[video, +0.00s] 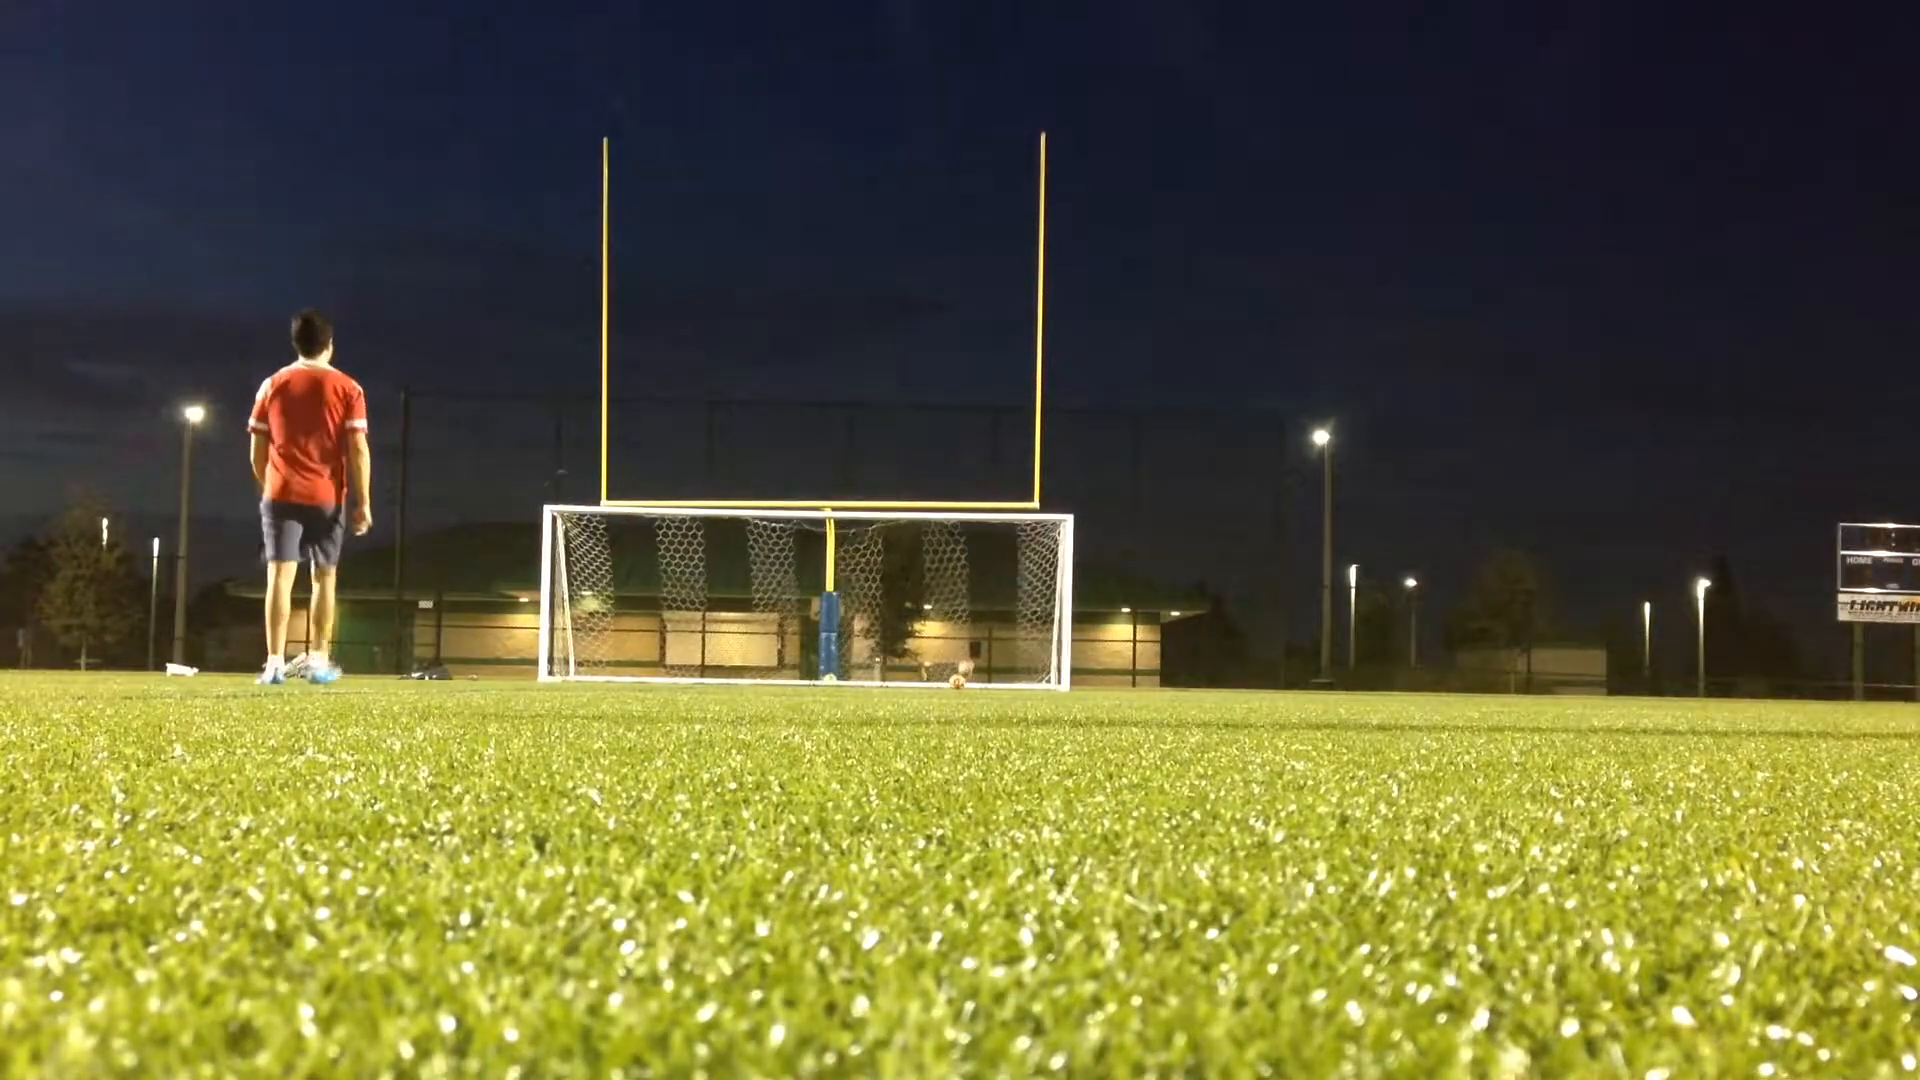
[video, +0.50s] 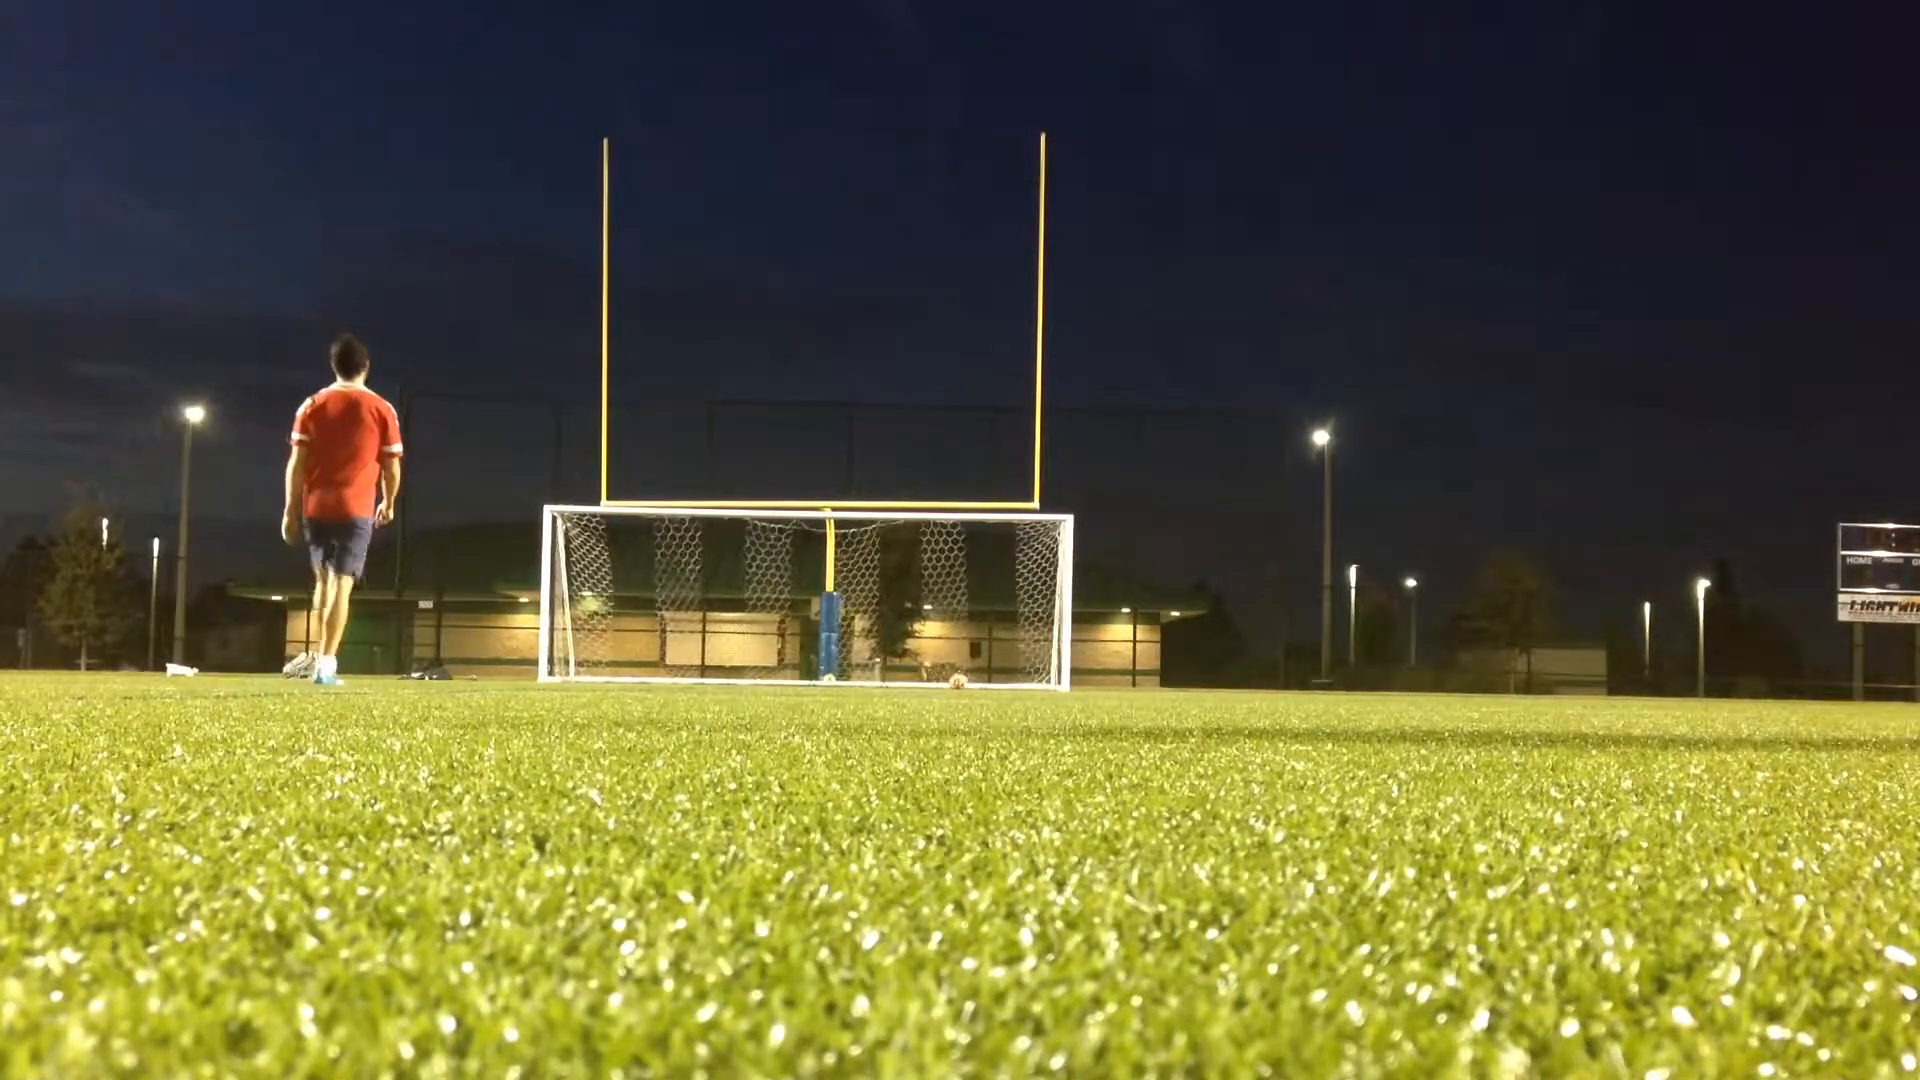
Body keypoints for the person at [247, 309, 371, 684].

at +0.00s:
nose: (329, 347)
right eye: (329, 341)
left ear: (294, 344)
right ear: (329, 344)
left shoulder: (272, 384)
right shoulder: (348, 388)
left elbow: (257, 453)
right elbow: (358, 449)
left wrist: (270, 487)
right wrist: (362, 502)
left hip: (280, 492)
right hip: (326, 495)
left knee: (279, 575)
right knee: (324, 578)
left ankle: (274, 663)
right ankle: (318, 661)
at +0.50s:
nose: (358, 370)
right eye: (363, 364)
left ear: (332, 367)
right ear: (366, 367)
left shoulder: (312, 405)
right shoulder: (381, 408)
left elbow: (296, 462)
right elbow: (392, 466)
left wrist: (290, 510)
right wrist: (389, 502)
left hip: (317, 505)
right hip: (358, 507)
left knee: (323, 580)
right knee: (341, 585)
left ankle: (316, 656)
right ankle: (327, 662)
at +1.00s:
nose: (362, 388)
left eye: (363, 383)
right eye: (365, 383)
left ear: (366, 386)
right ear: (395, 387)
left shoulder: (347, 421)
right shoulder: (411, 426)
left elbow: (332, 476)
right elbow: (418, 480)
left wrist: (343, 508)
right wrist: (424, 527)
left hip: (351, 515)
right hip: (392, 518)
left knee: (351, 592)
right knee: (397, 592)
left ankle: (348, 665)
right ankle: (396, 663)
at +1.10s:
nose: (371, 396)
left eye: (372, 391)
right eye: (374, 391)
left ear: (375, 394)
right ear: (403, 395)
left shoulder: (355, 428)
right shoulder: (417, 434)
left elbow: (339, 481)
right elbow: (425, 485)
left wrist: (353, 508)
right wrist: (431, 532)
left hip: (357, 523)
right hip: (400, 527)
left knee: (356, 593)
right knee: (405, 600)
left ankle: (349, 664)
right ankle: (412, 665)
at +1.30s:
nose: (395, 405)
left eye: (395, 401)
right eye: (399, 400)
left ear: (398, 403)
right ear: (425, 404)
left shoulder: (378, 438)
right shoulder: (438, 442)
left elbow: (362, 490)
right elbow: (446, 493)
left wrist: (372, 520)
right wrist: (450, 539)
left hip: (382, 530)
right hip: (420, 531)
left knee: (382, 596)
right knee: (419, 601)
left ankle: (368, 640)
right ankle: (413, 670)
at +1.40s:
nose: (402, 403)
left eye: (403, 399)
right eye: (408, 399)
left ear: (405, 401)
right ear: (432, 402)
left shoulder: (385, 435)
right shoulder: (445, 439)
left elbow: (371, 485)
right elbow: (453, 491)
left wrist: (371, 526)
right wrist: (456, 534)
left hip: (388, 526)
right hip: (427, 528)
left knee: (392, 591)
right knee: (421, 600)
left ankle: (384, 646)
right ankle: (413, 670)